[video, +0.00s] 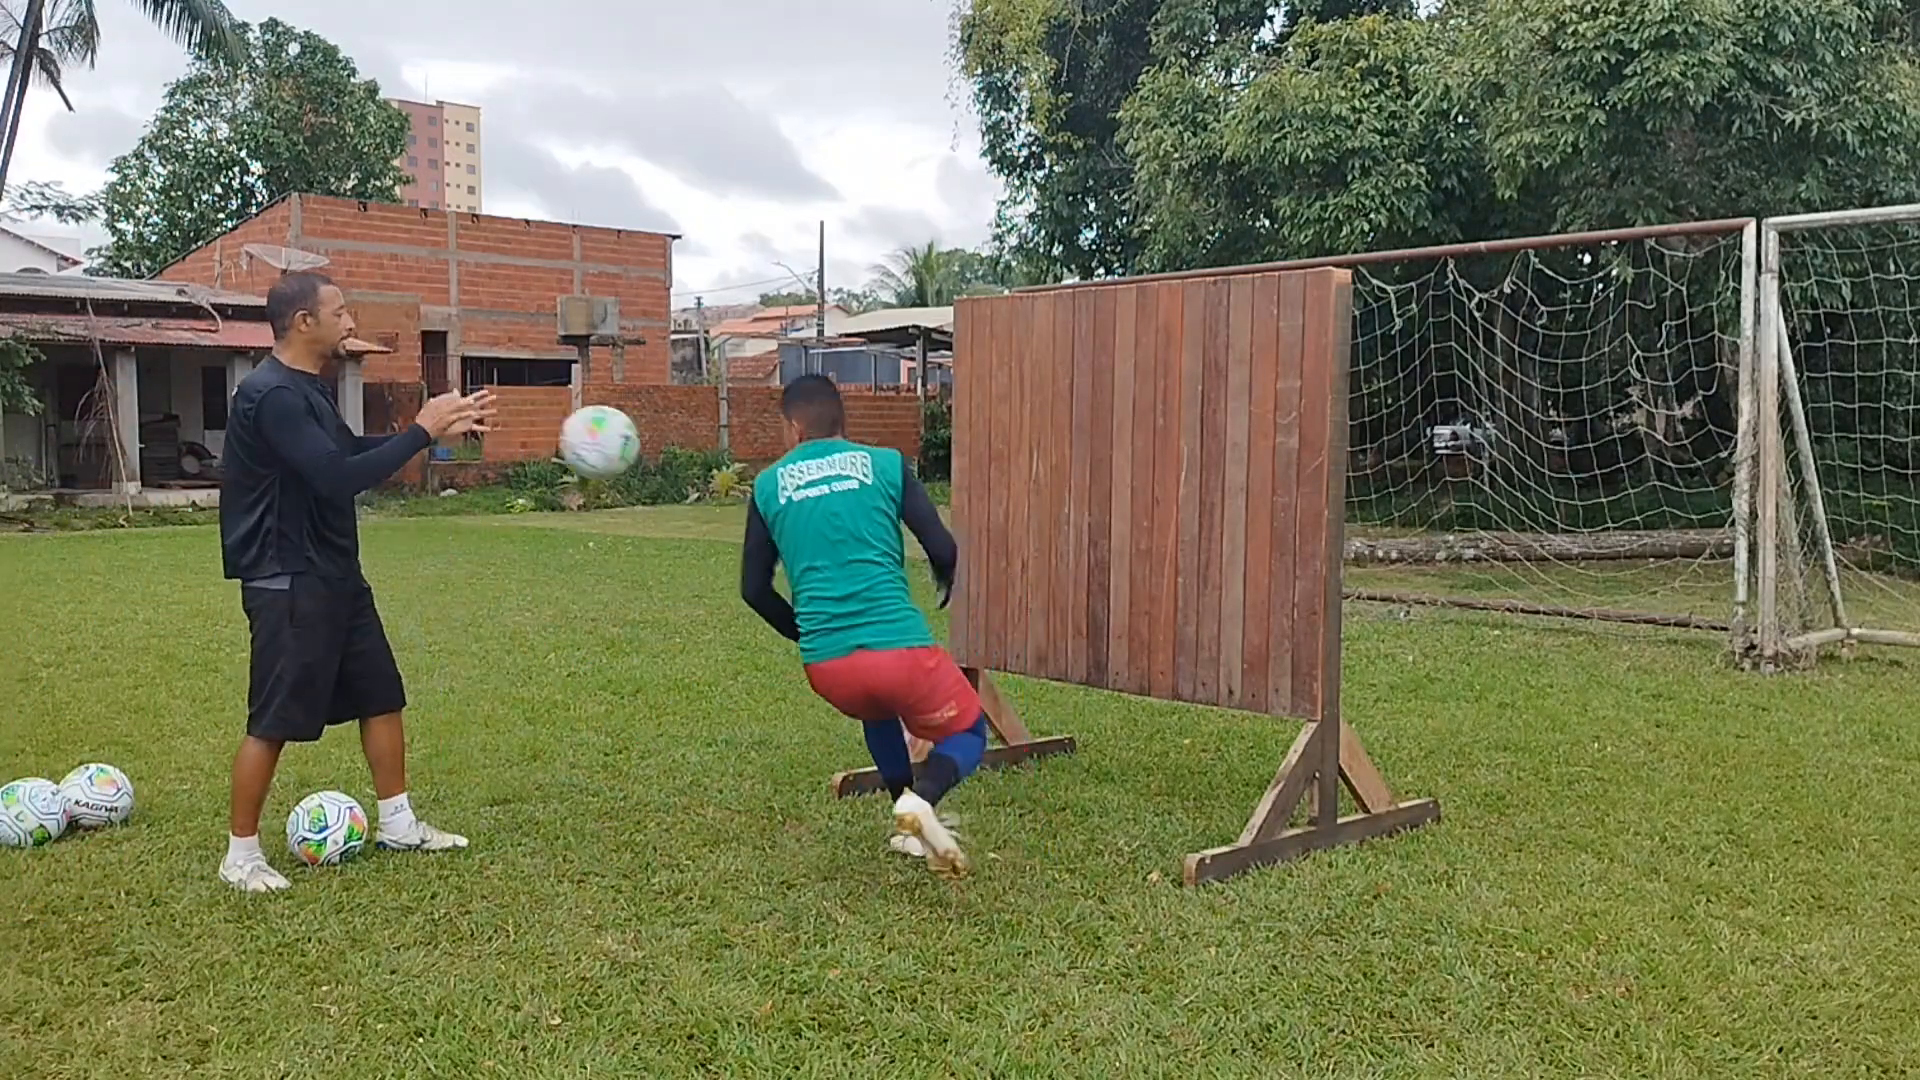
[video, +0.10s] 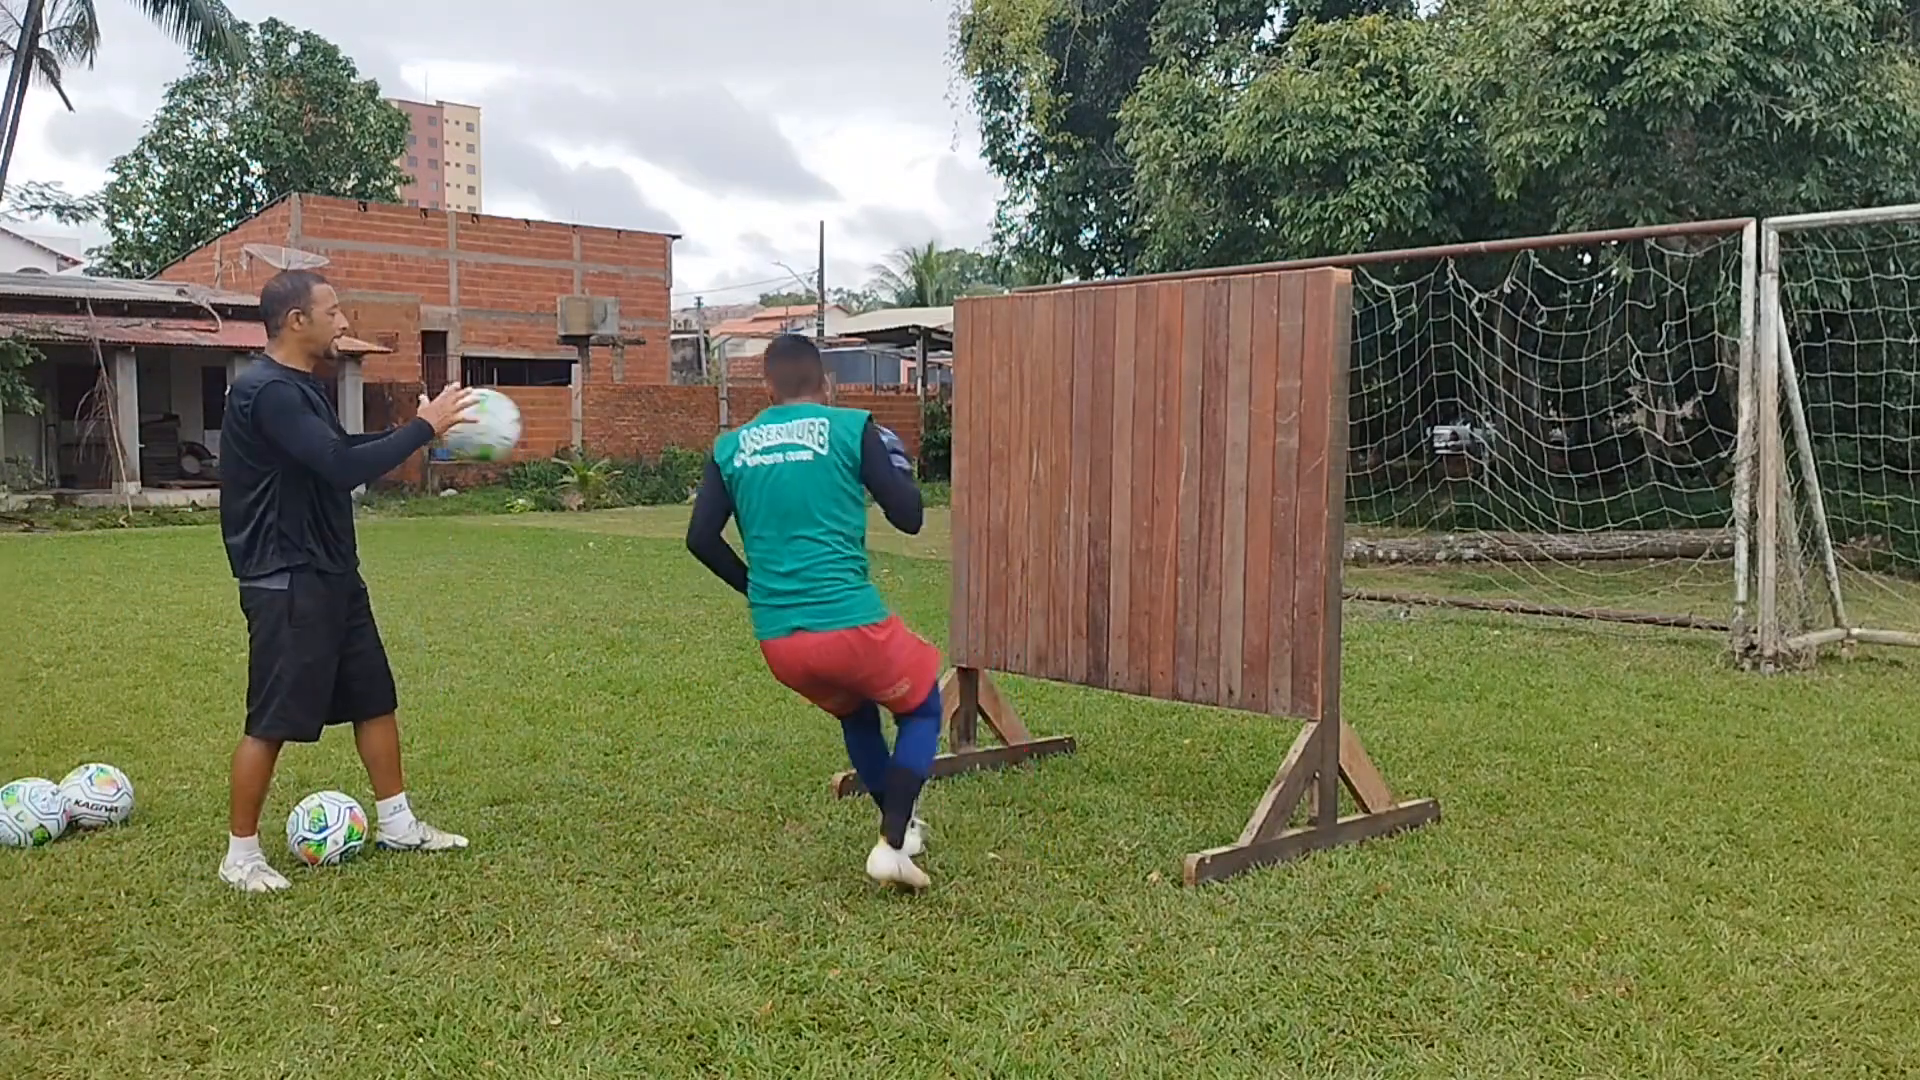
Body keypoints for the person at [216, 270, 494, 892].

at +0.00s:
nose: (351, 323)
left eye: (348, 311)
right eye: (340, 313)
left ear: (305, 323)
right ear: (303, 323)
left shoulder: (308, 387)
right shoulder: (274, 395)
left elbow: (352, 456)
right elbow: (338, 478)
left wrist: (431, 430)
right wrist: (421, 430)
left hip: (336, 578)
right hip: (286, 583)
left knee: (381, 696)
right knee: (273, 719)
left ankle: (398, 825)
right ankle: (241, 856)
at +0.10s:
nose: (344, 323)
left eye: (341, 311)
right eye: (333, 312)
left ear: (296, 321)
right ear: (296, 322)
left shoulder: (304, 386)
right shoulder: (269, 390)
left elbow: (344, 459)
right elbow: (342, 466)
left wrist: (419, 433)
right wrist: (424, 425)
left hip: (333, 576)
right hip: (284, 581)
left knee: (373, 697)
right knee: (271, 718)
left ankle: (396, 823)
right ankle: (241, 856)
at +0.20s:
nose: (343, 323)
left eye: (339, 311)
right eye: (331, 313)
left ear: (292, 324)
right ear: (293, 324)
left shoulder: (297, 386)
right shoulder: (273, 393)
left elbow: (331, 470)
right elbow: (331, 478)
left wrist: (397, 445)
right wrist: (404, 447)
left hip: (330, 580)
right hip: (285, 585)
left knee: (367, 701)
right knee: (270, 722)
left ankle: (396, 823)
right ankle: (241, 856)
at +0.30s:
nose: (342, 325)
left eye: (338, 313)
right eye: (331, 314)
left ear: (291, 324)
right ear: (293, 324)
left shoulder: (293, 387)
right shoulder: (270, 395)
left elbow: (319, 482)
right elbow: (309, 490)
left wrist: (386, 470)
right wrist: (385, 468)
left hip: (325, 581)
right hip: (283, 586)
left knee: (364, 701)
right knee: (269, 722)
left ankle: (395, 824)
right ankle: (241, 856)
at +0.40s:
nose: (342, 325)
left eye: (338, 314)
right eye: (331, 315)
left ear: (293, 325)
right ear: (292, 325)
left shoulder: (296, 391)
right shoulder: (264, 396)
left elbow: (316, 488)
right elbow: (297, 496)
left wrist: (382, 488)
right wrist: (380, 479)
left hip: (324, 581)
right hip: (279, 586)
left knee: (363, 702)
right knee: (266, 723)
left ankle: (396, 824)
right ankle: (240, 855)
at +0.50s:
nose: (342, 327)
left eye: (339, 315)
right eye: (331, 316)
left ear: (295, 326)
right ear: (291, 325)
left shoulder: (301, 392)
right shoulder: (255, 397)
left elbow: (316, 481)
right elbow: (278, 499)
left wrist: (376, 481)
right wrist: (374, 496)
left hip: (328, 580)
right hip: (277, 586)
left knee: (367, 699)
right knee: (264, 722)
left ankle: (396, 825)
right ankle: (240, 855)